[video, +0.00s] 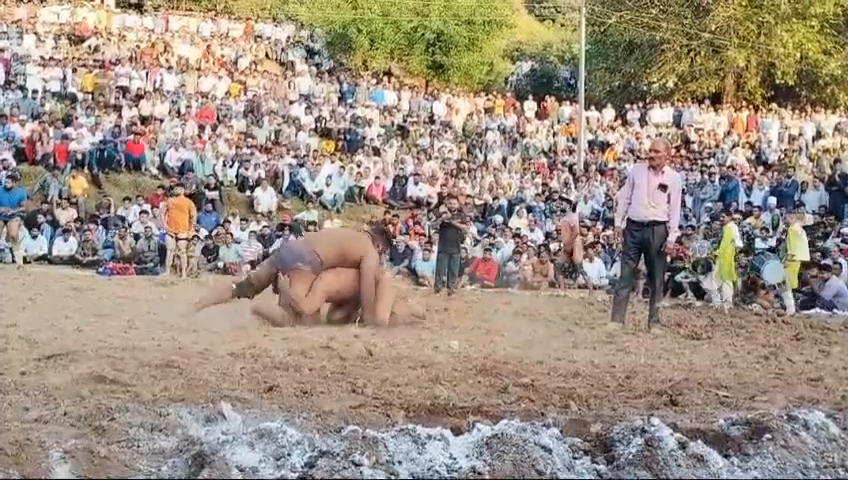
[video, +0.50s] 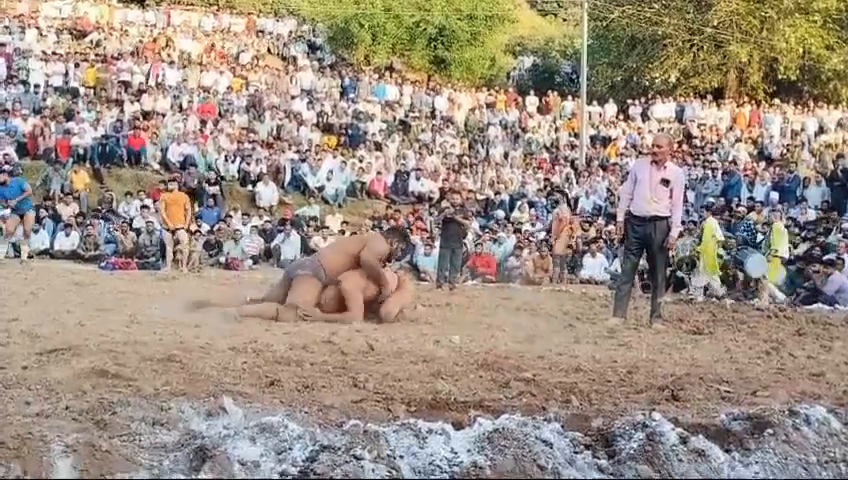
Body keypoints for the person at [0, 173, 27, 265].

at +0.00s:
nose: (7, 182)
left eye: (10, 180)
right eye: (6, 180)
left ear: (15, 182)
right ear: (5, 180)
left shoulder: (21, 191)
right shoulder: (2, 190)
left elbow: (24, 207)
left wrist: (12, 211)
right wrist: (3, 210)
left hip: (14, 214)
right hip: (3, 214)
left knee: (12, 234)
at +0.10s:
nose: (4, 183)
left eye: (6, 181)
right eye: (3, 181)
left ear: (12, 181)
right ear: (3, 181)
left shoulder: (21, 191)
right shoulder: (2, 191)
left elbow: (25, 206)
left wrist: (13, 211)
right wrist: (3, 210)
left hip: (16, 214)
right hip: (3, 214)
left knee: (15, 226)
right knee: (2, 225)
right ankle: (3, 248)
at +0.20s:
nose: (1, 181)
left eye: (3, 179)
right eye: (1, 179)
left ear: (9, 180)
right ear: (1, 179)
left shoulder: (20, 190)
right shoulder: (2, 192)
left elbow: (26, 203)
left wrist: (15, 210)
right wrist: (4, 210)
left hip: (18, 214)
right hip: (4, 215)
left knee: (20, 232)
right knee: (2, 231)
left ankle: (21, 257)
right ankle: (3, 253)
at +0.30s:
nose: (0, 180)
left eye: (2, 178)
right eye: (0, 178)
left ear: (6, 178)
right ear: (2, 178)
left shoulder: (19, 187)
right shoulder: (2, 191)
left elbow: (28, 199)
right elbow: (1, 204)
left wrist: (15, 206)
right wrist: (4, 208)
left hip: (22, 212)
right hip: (9, 213)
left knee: (22, 232)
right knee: (5, 232)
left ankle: (22, 256)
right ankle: (2, 253)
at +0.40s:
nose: (1, 179)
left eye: (2, 176)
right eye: (1, 176)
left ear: (6, 176)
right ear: (2, 177)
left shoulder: (18, 183)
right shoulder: (2, 190)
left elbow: (28, 195)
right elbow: (2, 204)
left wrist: (15, 203)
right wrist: (7, 206)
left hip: (25, 210)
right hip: (12, 212)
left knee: (25, 232)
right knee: (7, 231)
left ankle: (23, 256)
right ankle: (3, 252)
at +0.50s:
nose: (0, 177)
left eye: (1, 175)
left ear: (6, 174)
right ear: (2, 176)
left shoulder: (19, 181)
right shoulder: (2, 189)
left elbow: (29, 191)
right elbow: (3, 201)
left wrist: (16, 200)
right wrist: (8, 204)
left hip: (28, 209)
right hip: (15, 210)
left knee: (27, 231)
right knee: (9, 230)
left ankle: (24, 255)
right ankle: (5, 251)